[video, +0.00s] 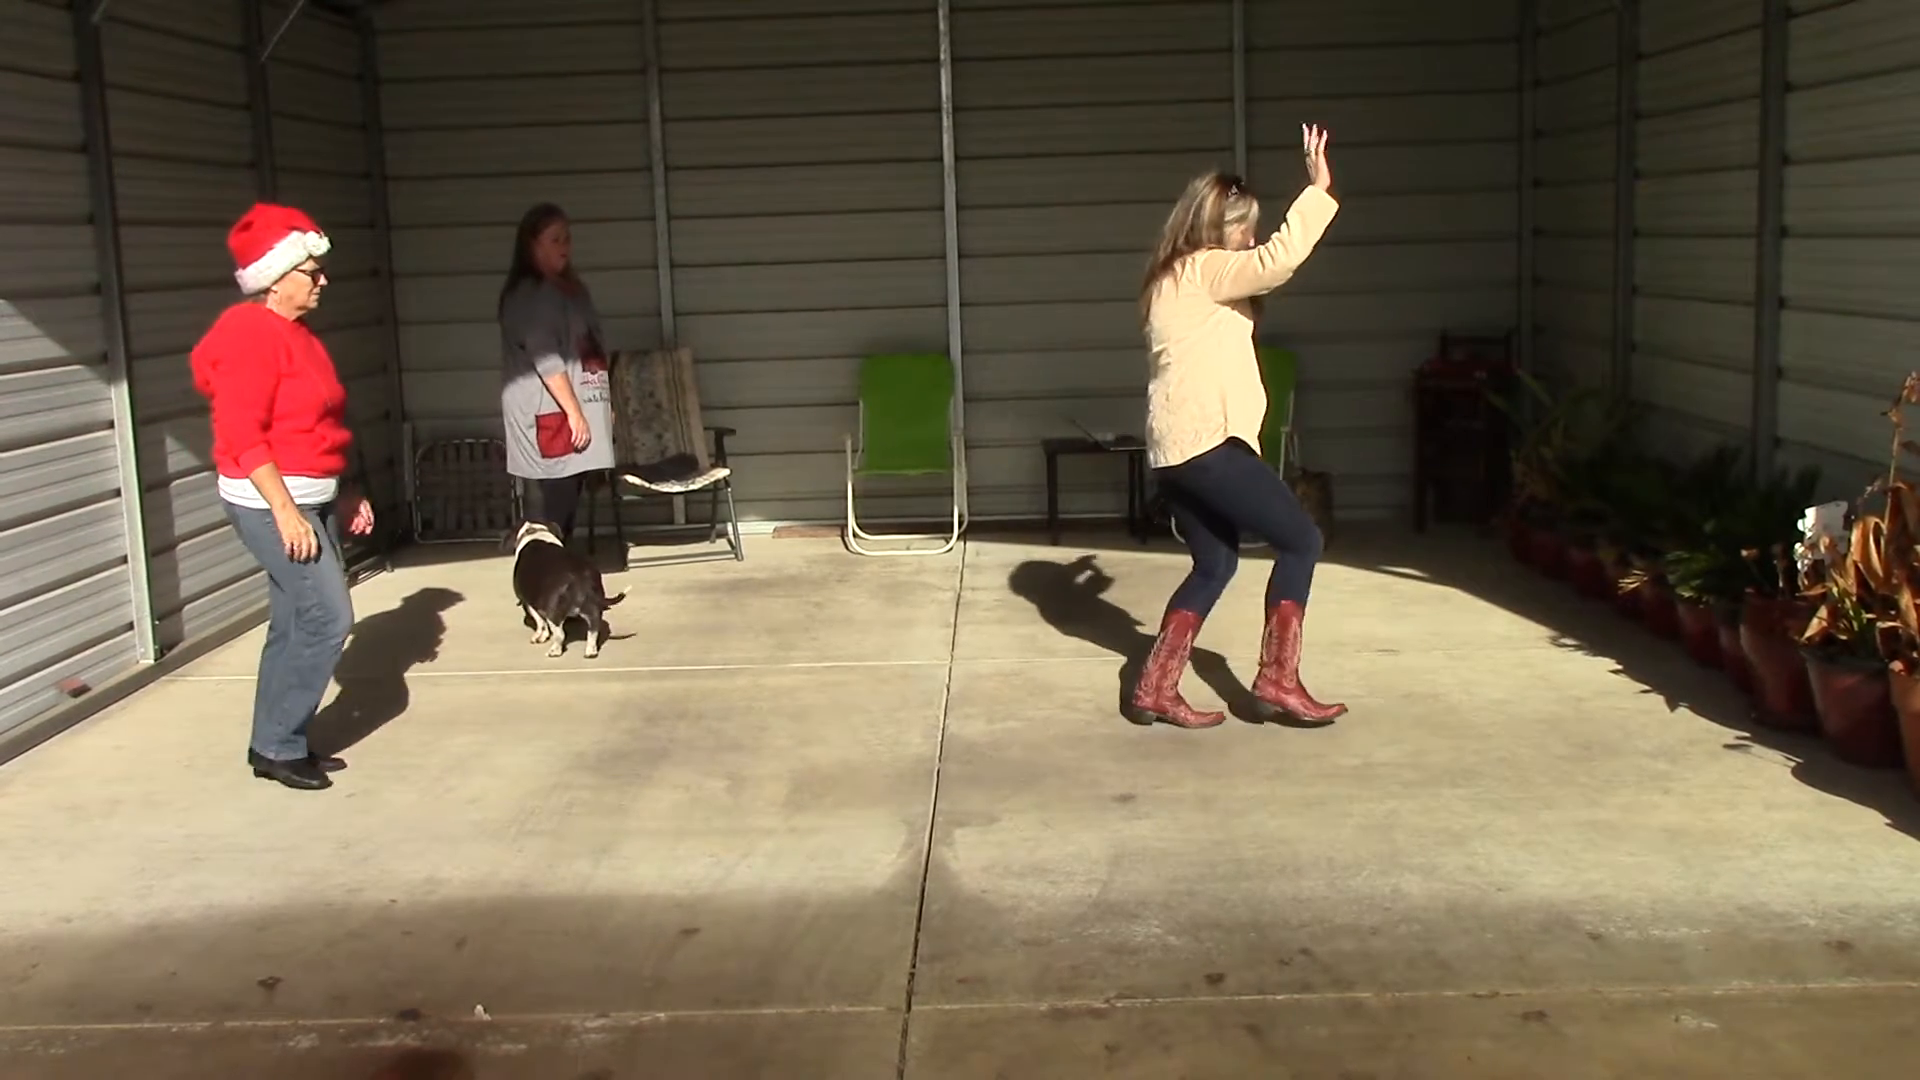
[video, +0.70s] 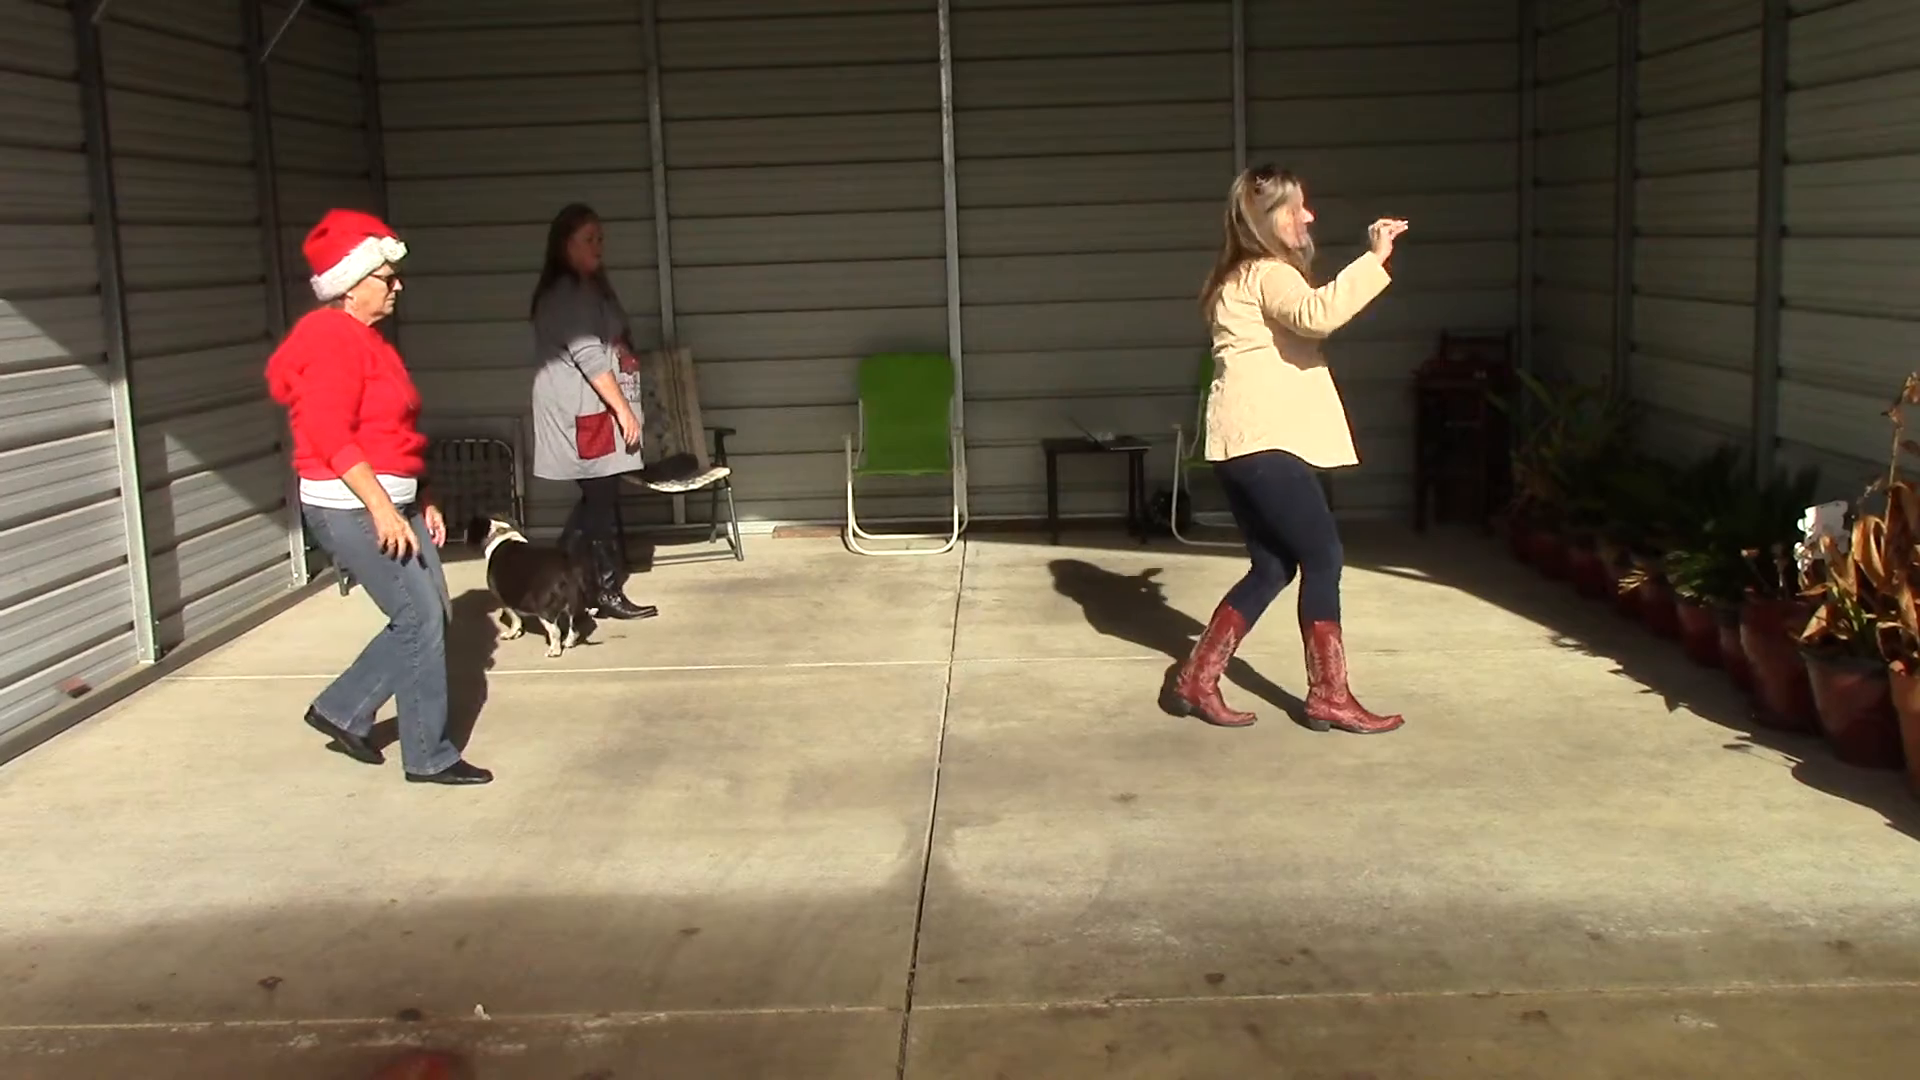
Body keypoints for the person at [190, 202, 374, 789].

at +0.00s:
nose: (322, 283)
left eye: (321, 273)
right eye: (312, 273)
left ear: (282, 279)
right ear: (275, 278)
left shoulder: (295, 334)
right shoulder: (247, 334)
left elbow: (310, 425)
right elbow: (240, 434)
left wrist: (342, 494)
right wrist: (284, 509)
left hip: (308, 499)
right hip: (269, 501)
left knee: (294, 624)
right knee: (326, 617)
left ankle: (279, 742)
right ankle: (276, 745)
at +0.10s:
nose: (332, 281)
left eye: (331, 271)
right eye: (322, 272)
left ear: (296, 278)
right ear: (284, 278)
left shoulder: (310, 334)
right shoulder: (256, 333)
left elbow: (329, 419)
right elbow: (247, 433)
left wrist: (370, 472)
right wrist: (287, 507)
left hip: (315, 496)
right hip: (281, 498)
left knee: (296, 625)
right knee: (356, 605)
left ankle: (276, 747)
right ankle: (324, 740)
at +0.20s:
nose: (346, 280)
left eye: (344, 270)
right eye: (335, 271)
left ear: (316, 279)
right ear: (298, 279)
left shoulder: (326, 335)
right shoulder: (270, 332)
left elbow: (350, 421)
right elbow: (259, 431)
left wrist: (399, 468)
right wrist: (294, 512)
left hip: (327, 496)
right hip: (294, 498)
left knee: (302, 629)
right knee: (377, 604)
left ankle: (275, 749)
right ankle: (382, 749)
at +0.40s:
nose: (378, 285)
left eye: (377, 275)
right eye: (367, 276)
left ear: (347, 284)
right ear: (331, 284)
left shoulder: (353, 340)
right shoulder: (307, 339)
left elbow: (376, 429)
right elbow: (297, 435)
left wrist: (420, 480)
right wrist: (329, 517)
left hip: (368, 501)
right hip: (340, 505)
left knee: (365, 627)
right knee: (408, 615)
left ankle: (290, 732)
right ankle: (424, 755)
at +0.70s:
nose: (398, 287)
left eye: (395, 277)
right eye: (387, 278)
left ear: (362, 285)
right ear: (350, 286)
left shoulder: (368, 338)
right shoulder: (328, 338)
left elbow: (387, 428)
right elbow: (329, 437)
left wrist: (419, 500)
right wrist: (380, 508)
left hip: (387, 500)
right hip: (346, 505)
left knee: (430, 611)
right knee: (421, 615)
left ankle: (342, 710)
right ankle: (428, 756)